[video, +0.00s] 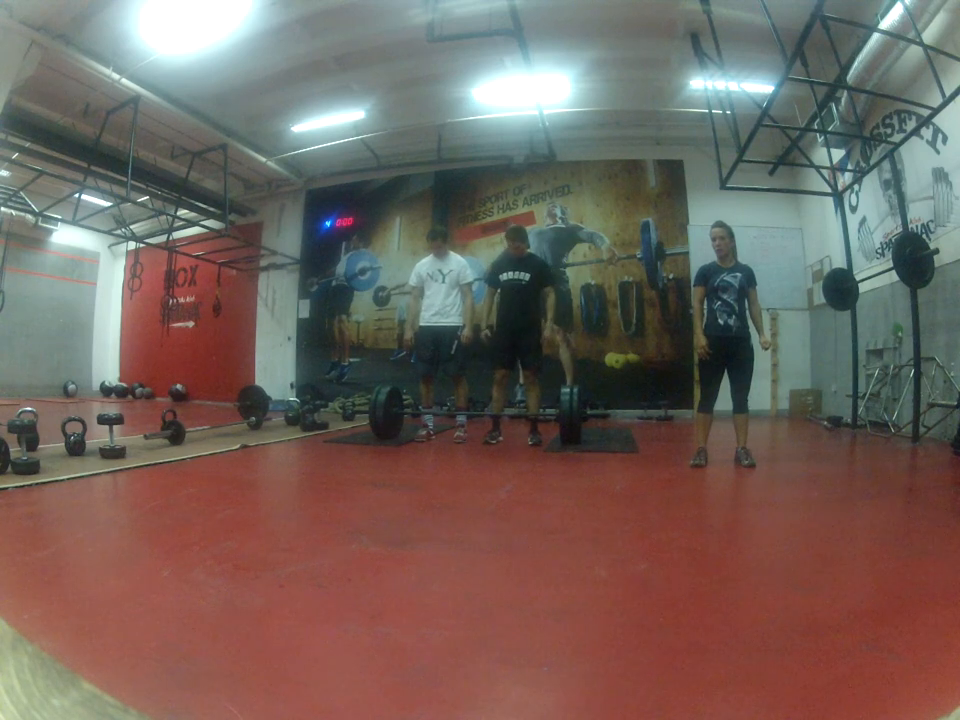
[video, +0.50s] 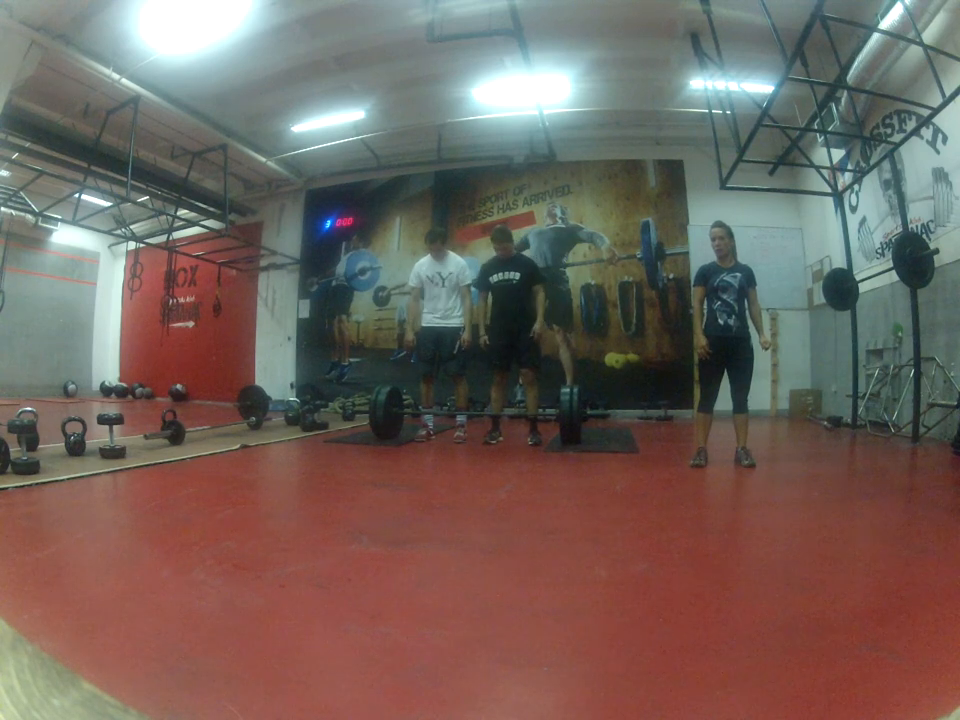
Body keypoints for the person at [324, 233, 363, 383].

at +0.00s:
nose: (352, 243)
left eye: (355, 241)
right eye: (352, 240)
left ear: (361, 243)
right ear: (353, 242)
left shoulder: (360, 257)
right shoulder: (347, 256)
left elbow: (363, 275)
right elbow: (336, 273)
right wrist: (319, 280)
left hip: (346, 288)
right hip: (335, 288)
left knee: (342, 323)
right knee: (334, 325)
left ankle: (345, 362)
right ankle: (335, 361)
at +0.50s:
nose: (352, 243)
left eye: (355, 241)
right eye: (353, 240)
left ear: (361, 243)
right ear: (353, 242)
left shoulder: (359, 257)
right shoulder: (347, 256)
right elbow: (337, 273)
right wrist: (319, 279)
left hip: (345, 288)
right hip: (335, 288)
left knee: (342, 323)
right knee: (334, 325)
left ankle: (345, 362)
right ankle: (335, 360)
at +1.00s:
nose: (353, 243)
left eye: (355, 241)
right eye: (353, 241)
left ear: (361, 243)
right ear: (354, 242)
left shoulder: (360, 256)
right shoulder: (348, 256)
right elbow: (336, 271)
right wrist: (319, 278)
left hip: (346, 288)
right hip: (336, 288)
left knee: (342, 324)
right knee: (334, 325)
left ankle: (345, 362)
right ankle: (335, 361)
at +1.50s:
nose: (353, 243)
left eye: (356, 241)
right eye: (353, 240)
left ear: (360, 242)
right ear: (353, 242)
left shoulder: (360, 256)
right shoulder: (348, 256)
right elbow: (336, 272)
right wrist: (319, 279)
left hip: (345, 288)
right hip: (335, 288)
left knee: (342, 325)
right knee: (333, 326)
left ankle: (345, 362)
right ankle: (335, 361)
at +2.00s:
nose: (353, 243)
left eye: (356, 241)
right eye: (353, 240)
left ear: (360, 243)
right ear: (354, 242)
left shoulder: (360, 256)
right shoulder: (348, 256)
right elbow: (336, 272)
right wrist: (318, 279)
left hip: (346, 288)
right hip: (335, 288)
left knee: (342, 324)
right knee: (334, 324)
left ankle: (345, 362)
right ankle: (335, 361)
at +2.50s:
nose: (353, 243)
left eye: (356, 241)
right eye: (353, 241)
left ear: (361, 243)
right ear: (352, 242)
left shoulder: (360, 256)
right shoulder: (347, 256)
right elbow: (336, 273)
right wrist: (319, 279)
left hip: (346, 288)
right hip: (335, 288)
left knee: (342, 324)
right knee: (334, 324)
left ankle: (345, 362)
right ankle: (335, 361)